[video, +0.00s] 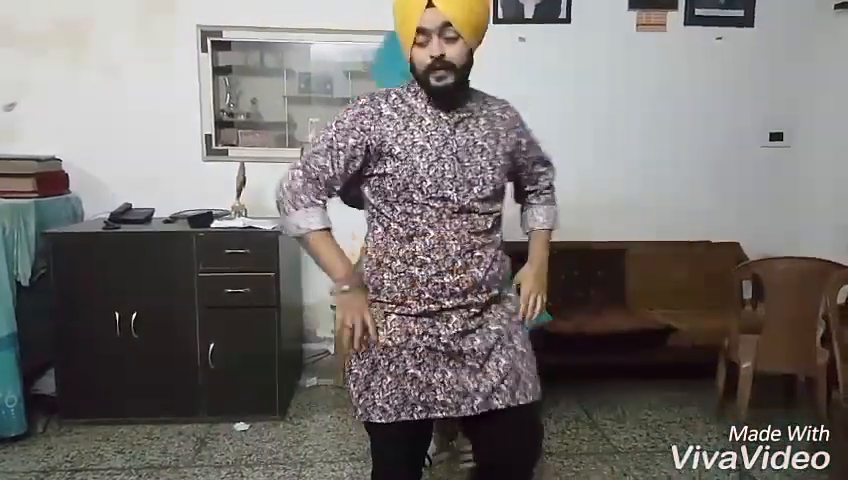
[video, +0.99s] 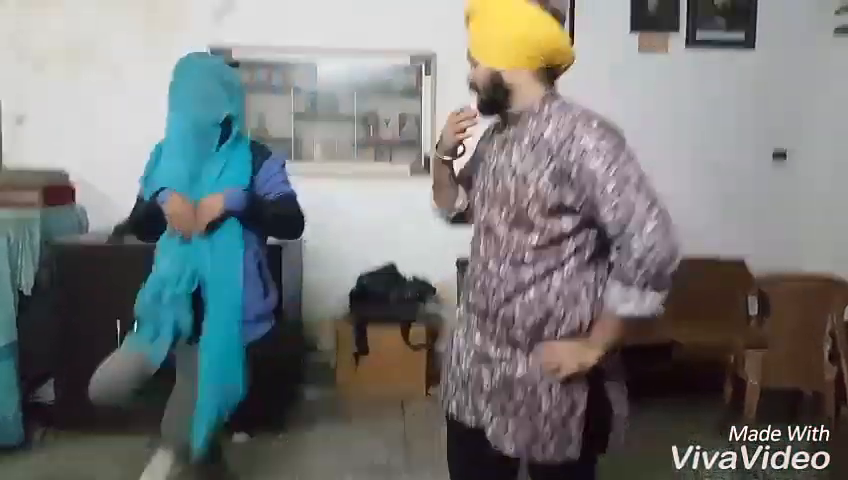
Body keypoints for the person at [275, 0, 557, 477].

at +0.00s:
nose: (437, 50)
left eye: (451, 36)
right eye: (423, 38)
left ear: (473, 43)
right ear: (407, 46)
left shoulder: (501, 119)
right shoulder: (372, 117)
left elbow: (539, 183)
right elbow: (298, 193)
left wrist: (538, 261)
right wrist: (347, 284)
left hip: (489, 330)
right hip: (396, 334)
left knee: (515, 462)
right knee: (397, 471)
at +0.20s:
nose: (438, 50)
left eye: (453, 34)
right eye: (429, 38)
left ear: (489, 38)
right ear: (420, 45)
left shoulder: (538, 117)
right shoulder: (397, 116)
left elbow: (596, 187)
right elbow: (328, 190)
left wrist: (564, 276)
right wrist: (366, 280)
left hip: (511, 338)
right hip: (413, 337)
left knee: (531, 472)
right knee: (405, 473)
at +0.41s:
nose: (455, 49)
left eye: (467, 33)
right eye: (452, 35)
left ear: (514, 33)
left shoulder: (581, 116)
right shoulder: (439, 113)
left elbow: (661, 199)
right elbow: (382, 186)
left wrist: (606, 291)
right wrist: (406, 274)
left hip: (545, 345)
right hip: (448, 341)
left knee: (549, 472)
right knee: (433, 471)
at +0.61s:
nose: (476, 45)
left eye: (487, 30)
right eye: (477, 31)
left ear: (535, 32)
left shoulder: (605, 116)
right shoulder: (477, 110)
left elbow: (691, 214)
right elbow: (439, 184)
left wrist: (625, 306)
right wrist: (444, 265)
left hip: (562, 345)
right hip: (471, 338)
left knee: (566, 472)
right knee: (458, 471)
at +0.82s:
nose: (475, 47)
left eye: (483, 32)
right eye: (477, 32)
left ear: (526, 33)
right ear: (521, 35)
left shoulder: (598, 115)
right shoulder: (498, 108)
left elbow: (680, 222)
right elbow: (473, 167)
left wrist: (616, 314)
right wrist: (451, 191)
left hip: (563, 349)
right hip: (480, 339)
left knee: (566, 471)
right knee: (470, 470)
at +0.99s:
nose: (469, 75)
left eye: (474, 61)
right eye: (470, 62)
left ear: (509, 60)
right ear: (514, 62)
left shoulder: (584, 138)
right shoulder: (492, 139)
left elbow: (651, 245)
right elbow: (457, 209)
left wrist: (595, 345)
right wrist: (443, 159)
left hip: (557, 378)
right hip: (478, 368)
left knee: (558, 471)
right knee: (473, 471)